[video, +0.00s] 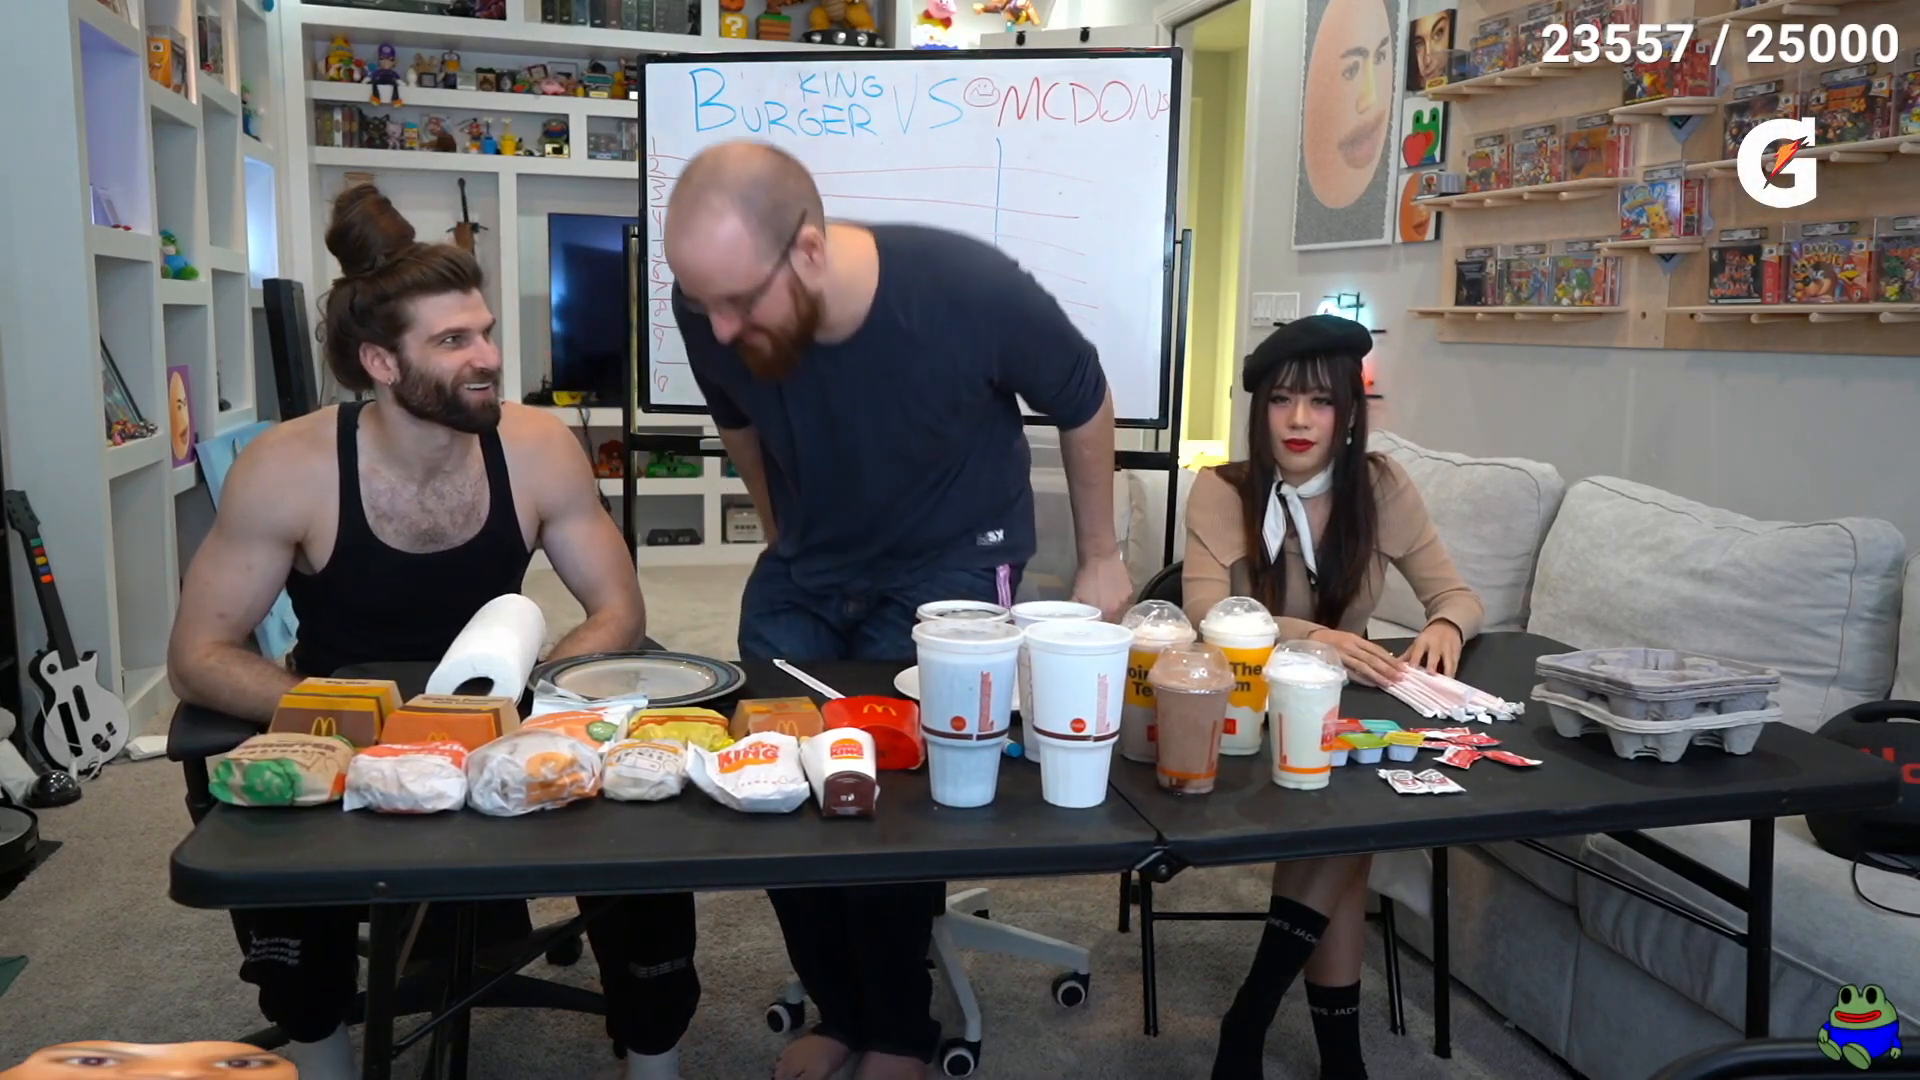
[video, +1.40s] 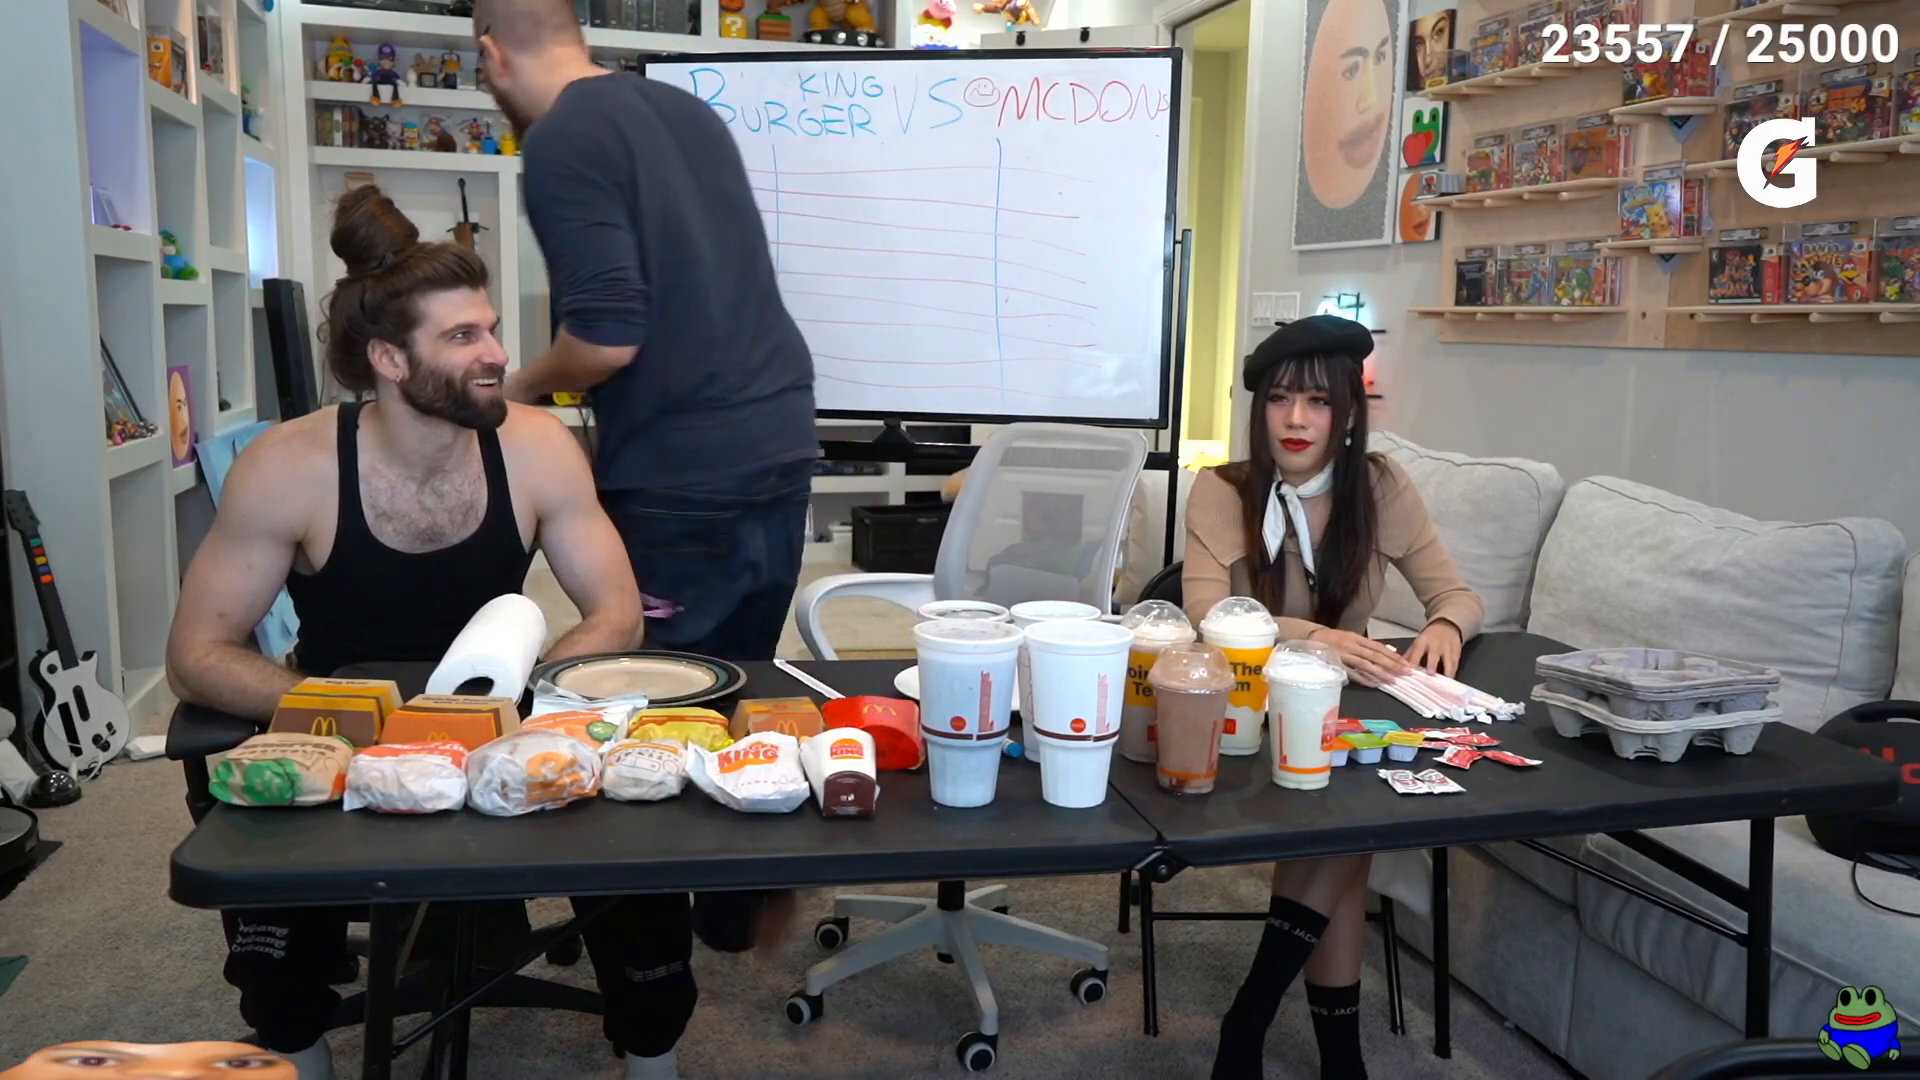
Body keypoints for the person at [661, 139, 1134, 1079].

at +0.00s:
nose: (724, 330)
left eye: (741, 301)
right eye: (703, 305)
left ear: (808, 249)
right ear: (681, 266)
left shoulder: (968, 289)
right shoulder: (706, 311)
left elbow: (1082, 398)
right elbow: (741, 427)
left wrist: (1099, 554)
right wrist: (783, 542)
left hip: (944, 581)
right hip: (807, 577)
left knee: (882, 811)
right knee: (772, 796)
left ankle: (900, 1040)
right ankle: (834, 1019)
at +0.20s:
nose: (696, 191)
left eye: (707, 166)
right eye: (686, 169)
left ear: (783, 127)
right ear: (766, 129)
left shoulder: (972, 204)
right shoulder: (724, 203)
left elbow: (1087, 360)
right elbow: (747, 362)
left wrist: (1079, 542)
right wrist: (774, 506)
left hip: (928, 555)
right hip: (789, 545)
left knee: (861, 798)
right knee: (754, 784)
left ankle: (899, 1028)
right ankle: (827, 1010)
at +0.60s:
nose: (653, 80)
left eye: (645, 51)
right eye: (640, 58)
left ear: (698, 19)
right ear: (707, 19)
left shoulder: (891, 126)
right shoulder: (762, 130)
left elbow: (998, 344)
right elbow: (814, 333)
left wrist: (935, 535)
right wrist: (788, 484)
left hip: (878, 528)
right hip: (781, 510)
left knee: (861, 788)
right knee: (725, 742)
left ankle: (894, 1026)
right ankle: (785, 977)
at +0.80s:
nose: (621, 86)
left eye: (607, 55)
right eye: (606, 63)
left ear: (644, 22)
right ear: (666, 18)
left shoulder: (814, 109)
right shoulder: (761, 118)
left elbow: (935, 322)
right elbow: (816, 325)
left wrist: (836, 500)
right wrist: (785, 479)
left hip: (872, 499)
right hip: (787, 484)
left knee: (832, 746)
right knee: (703, 702)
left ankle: (892, 1022)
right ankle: (742, 967)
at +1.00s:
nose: (588, 89)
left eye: (576, 60)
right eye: (576, 68)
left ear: (607, 28)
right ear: (643, 21)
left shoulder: (749, 92)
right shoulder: (730, 103)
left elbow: (815, 310)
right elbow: (791, 312)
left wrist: (696, 422)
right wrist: (734, 441)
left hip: (829, 477)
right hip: (777, 477)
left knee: (795, 739)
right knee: (688, 699)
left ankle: (894, 1021)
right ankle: (710, 913)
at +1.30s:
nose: (519, 77)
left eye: (512, 53)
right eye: (517, 56)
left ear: (530, 32)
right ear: (607, 21)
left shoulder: (620, 120)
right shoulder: (707, 101)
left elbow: (654, 331)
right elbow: (734, 291)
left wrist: (564, 359)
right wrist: (614, 359)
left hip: (715, 460)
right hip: (779, 441)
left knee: (699, 719)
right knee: (718, 697)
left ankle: (856, 956)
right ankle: (721, 902)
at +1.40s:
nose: (489, 88)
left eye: (481, 68)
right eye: (482, 71)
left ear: (493, 55)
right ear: (576, 35)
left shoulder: (566, 137)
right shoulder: (689, 111)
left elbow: (606, 338)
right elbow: (716, 291)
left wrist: (524, 384)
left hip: (683, 477)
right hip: (774, 457)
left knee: (657, 707)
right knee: (740, 703)